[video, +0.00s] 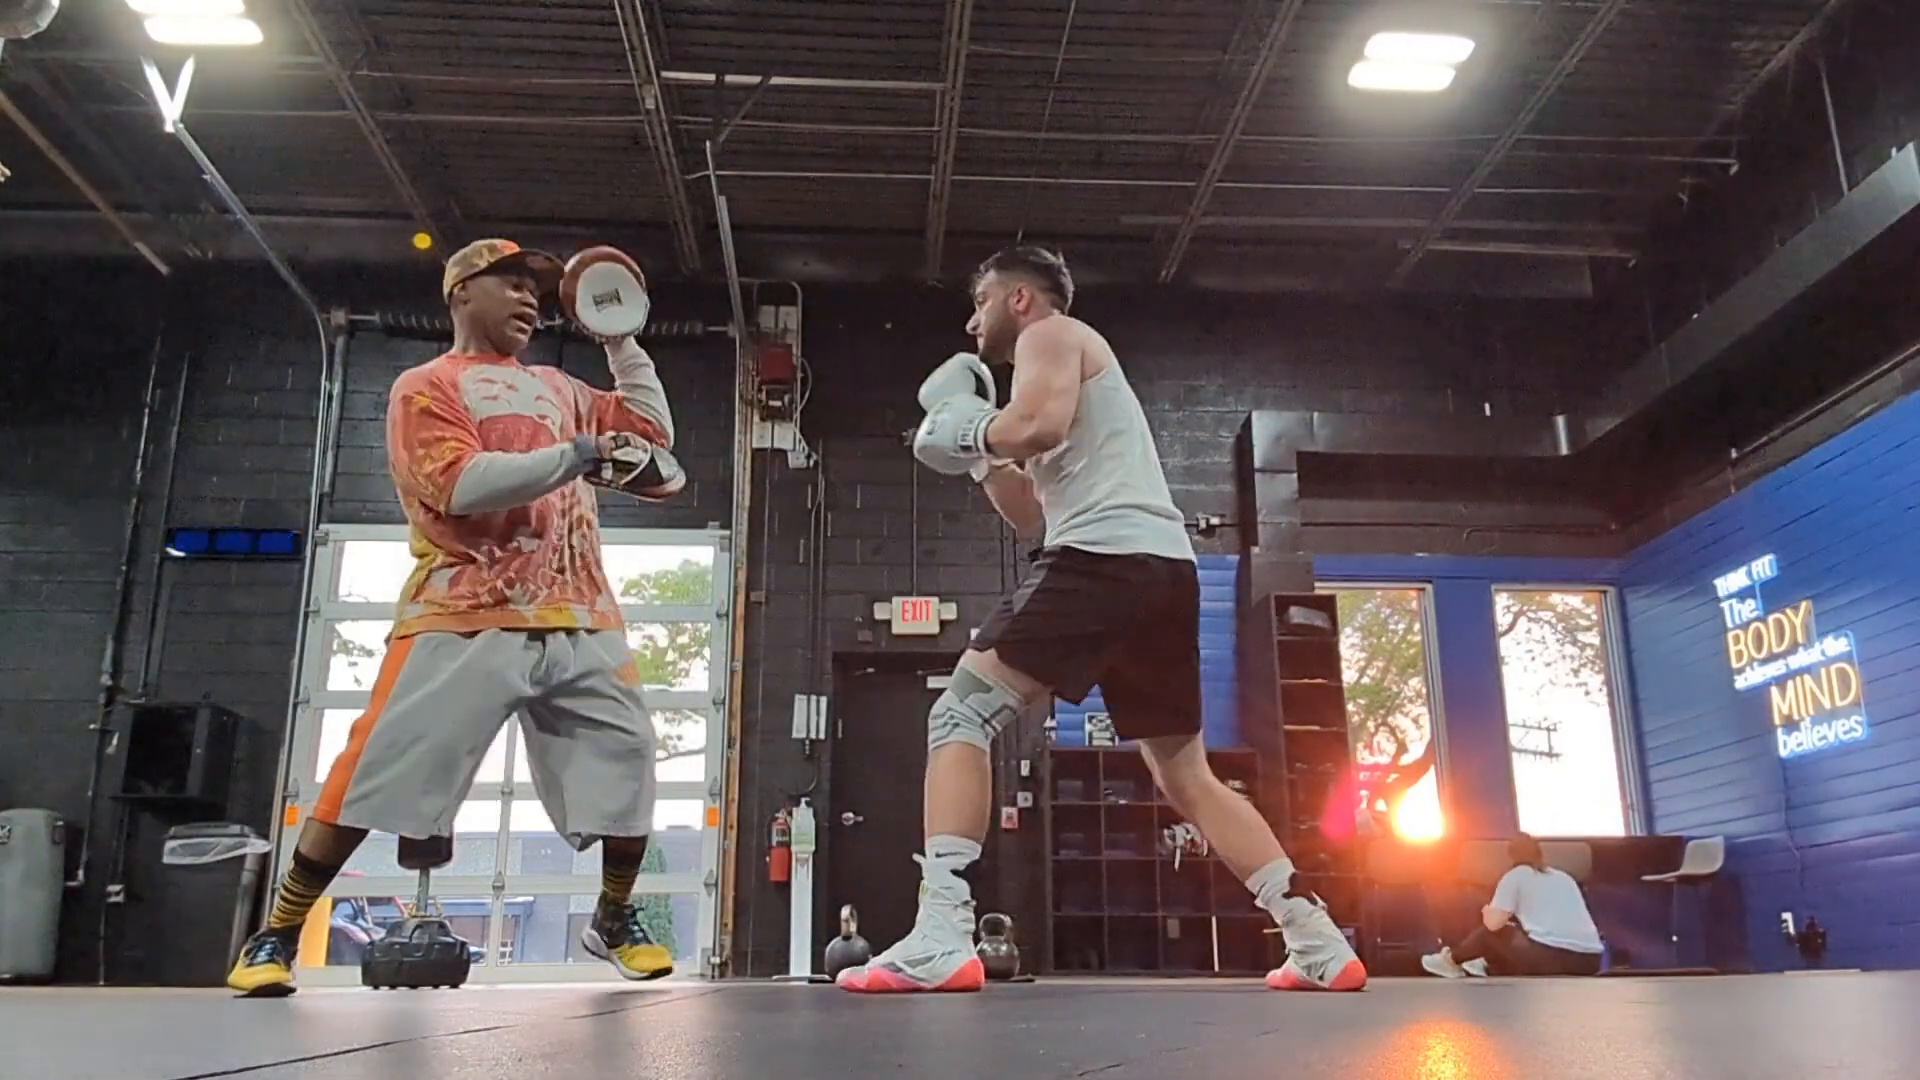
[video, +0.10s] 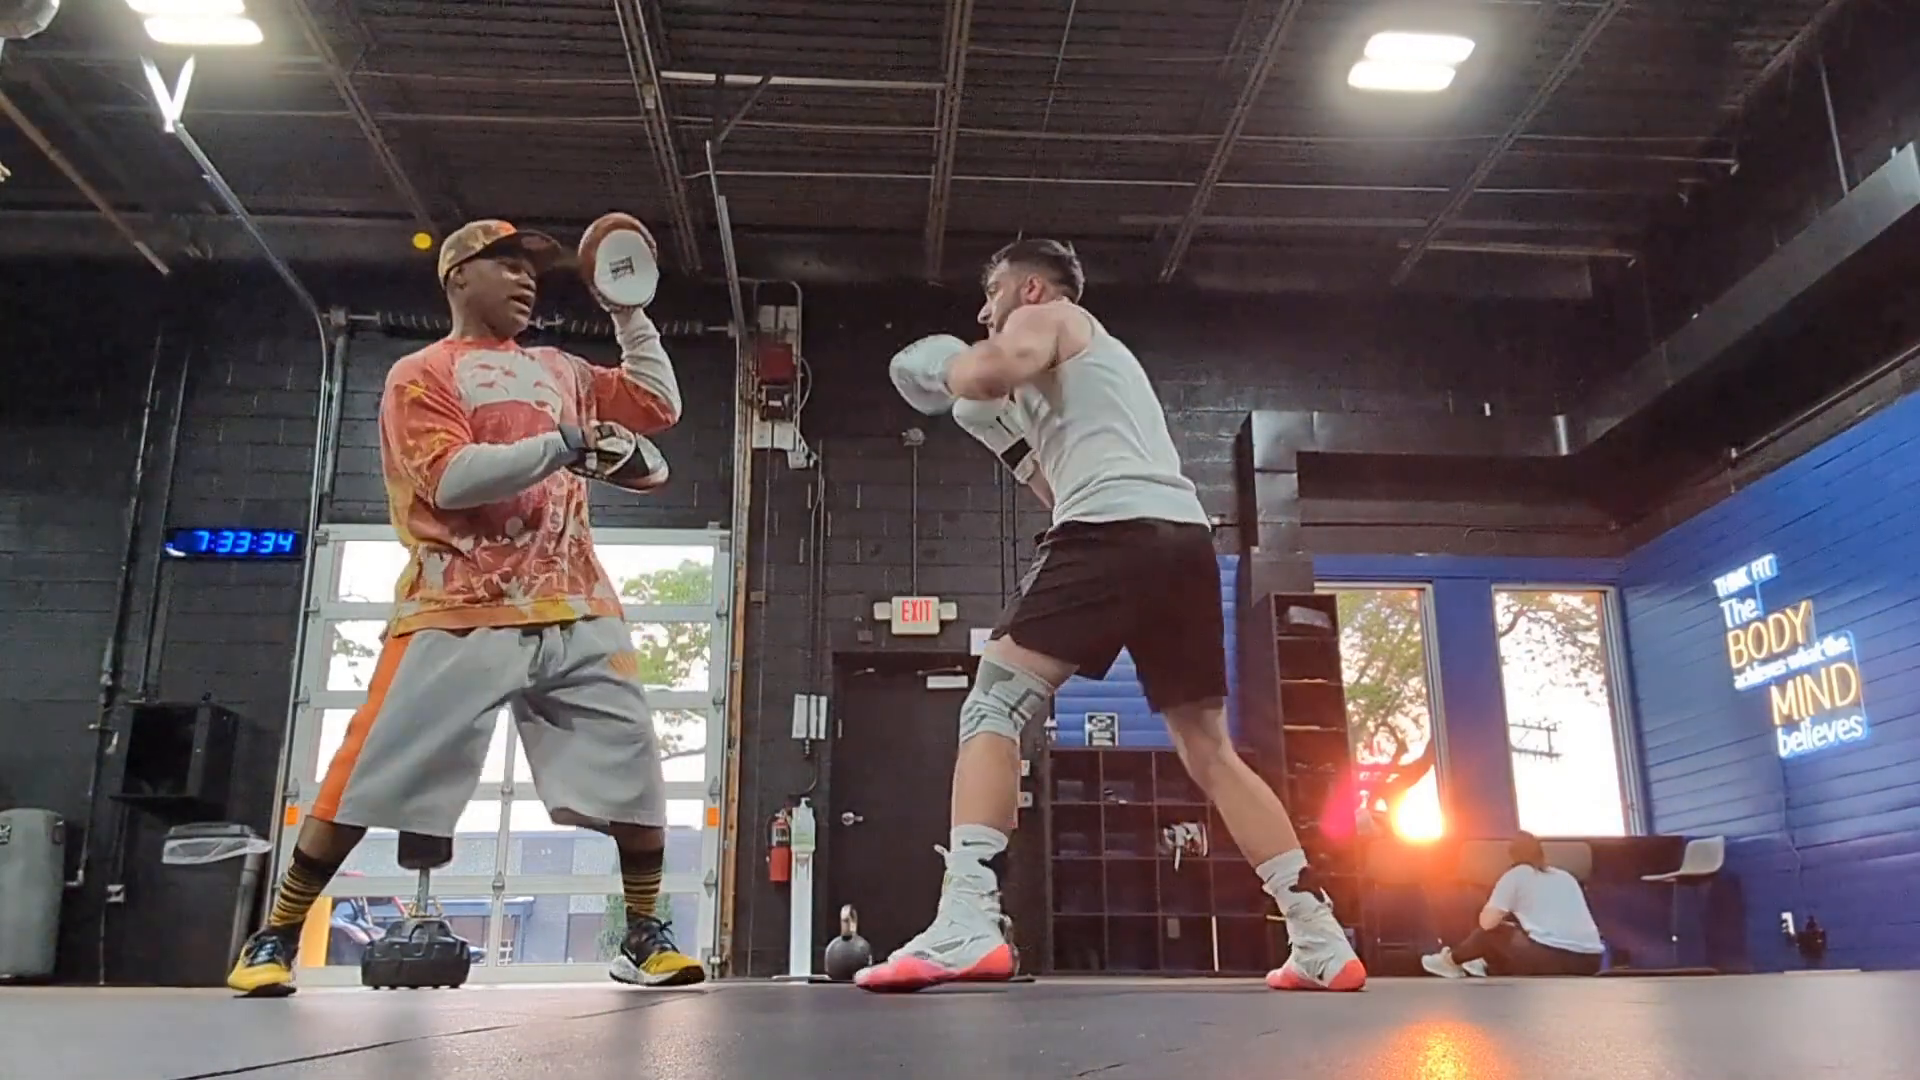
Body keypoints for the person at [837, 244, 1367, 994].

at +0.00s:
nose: (974, 320)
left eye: (980, 302)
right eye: (973, 307)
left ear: (1021, 296)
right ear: (1036, 303)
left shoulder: (1048, 331)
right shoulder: (1073, 372)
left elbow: (1038, 422)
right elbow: (1030, 516)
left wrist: (964, 427)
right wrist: (976, 446)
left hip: (1103, 559)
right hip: (1166, 569)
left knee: (963, 713)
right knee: (1187, 775)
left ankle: (941, 935)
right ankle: (1316, 939)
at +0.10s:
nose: (984, 310)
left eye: (991, 293)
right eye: (985, 299)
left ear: (1030, 283)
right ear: (1052, 291)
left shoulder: (1047, 312)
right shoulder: (1106, 356)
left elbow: (998, 370)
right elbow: (1070, 500)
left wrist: (943, 366)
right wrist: (1002, 431)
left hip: (1108, 531)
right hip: (1188, 540)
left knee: (996, 709)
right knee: (1209, 748)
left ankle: (966, 920)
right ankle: (1319, 936)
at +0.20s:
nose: (997, 304)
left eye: (1005, 290)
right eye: (999, 292)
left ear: (1042, 285)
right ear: (1074, 295)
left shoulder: (1037, 313)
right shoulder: (1133, 351)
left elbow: (912, 313)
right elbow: (1125, 446)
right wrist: (1030, 436)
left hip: (1106, 528)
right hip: (1192, 531)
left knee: (1010, 715)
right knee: (1215, 746)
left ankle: (980, 929)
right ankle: (1321, 930)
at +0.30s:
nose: (1017, 309)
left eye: (1025, 295)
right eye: (1018, 299)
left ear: (1057, 290)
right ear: (1097, 298)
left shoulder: (1058, 312)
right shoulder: (1147, 366)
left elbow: (926, 308)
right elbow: (1143, 448)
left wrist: (840, 287)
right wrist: (1045, 426)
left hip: (1124, 532)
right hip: (1207, 542)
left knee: (1004, 710)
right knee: (1227, 757)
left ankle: (974, 921)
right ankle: (1340, 939)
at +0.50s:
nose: (1039, 306)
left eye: (1048, 297)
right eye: (1041, 298)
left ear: (1080, 293)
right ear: (1118, 303)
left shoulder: (1067, 313)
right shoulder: (1167, 368)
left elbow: (966, 292)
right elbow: (1160, 450)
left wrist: (906, 287)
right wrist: (1069, 437)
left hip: (1112, 522)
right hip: (1205, 531)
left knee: (1008, 711)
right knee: (1229, 747)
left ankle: (990, 917)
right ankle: (1335, 930)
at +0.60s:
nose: (1033, 301)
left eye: (1039, 288)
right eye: (1037, 293)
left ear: (1063, 283)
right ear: (1111, 289)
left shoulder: (1061, 302)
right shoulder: (1164, 357)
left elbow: (931, 278)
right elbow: (1154, 448)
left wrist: (850, 262)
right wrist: (1056, 415)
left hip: (1117, 535)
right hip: (1200, 547)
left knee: (995, 708)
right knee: (1206, 750)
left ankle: (991, 925)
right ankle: (1330, 920)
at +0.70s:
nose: (1007, 280)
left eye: (1014, 263)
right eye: (1007, 267)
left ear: (1052, 250)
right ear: (1075, 256)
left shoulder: (1066, 282)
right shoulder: (1123, 339)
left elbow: (991, 321)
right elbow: (1113, 442)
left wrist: (922, 298)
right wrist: (1032, 405)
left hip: (1105, 529)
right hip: (1167, 542)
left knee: (984, 698)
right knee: (1171, 746)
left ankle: (987, 917)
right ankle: (1319, 901)